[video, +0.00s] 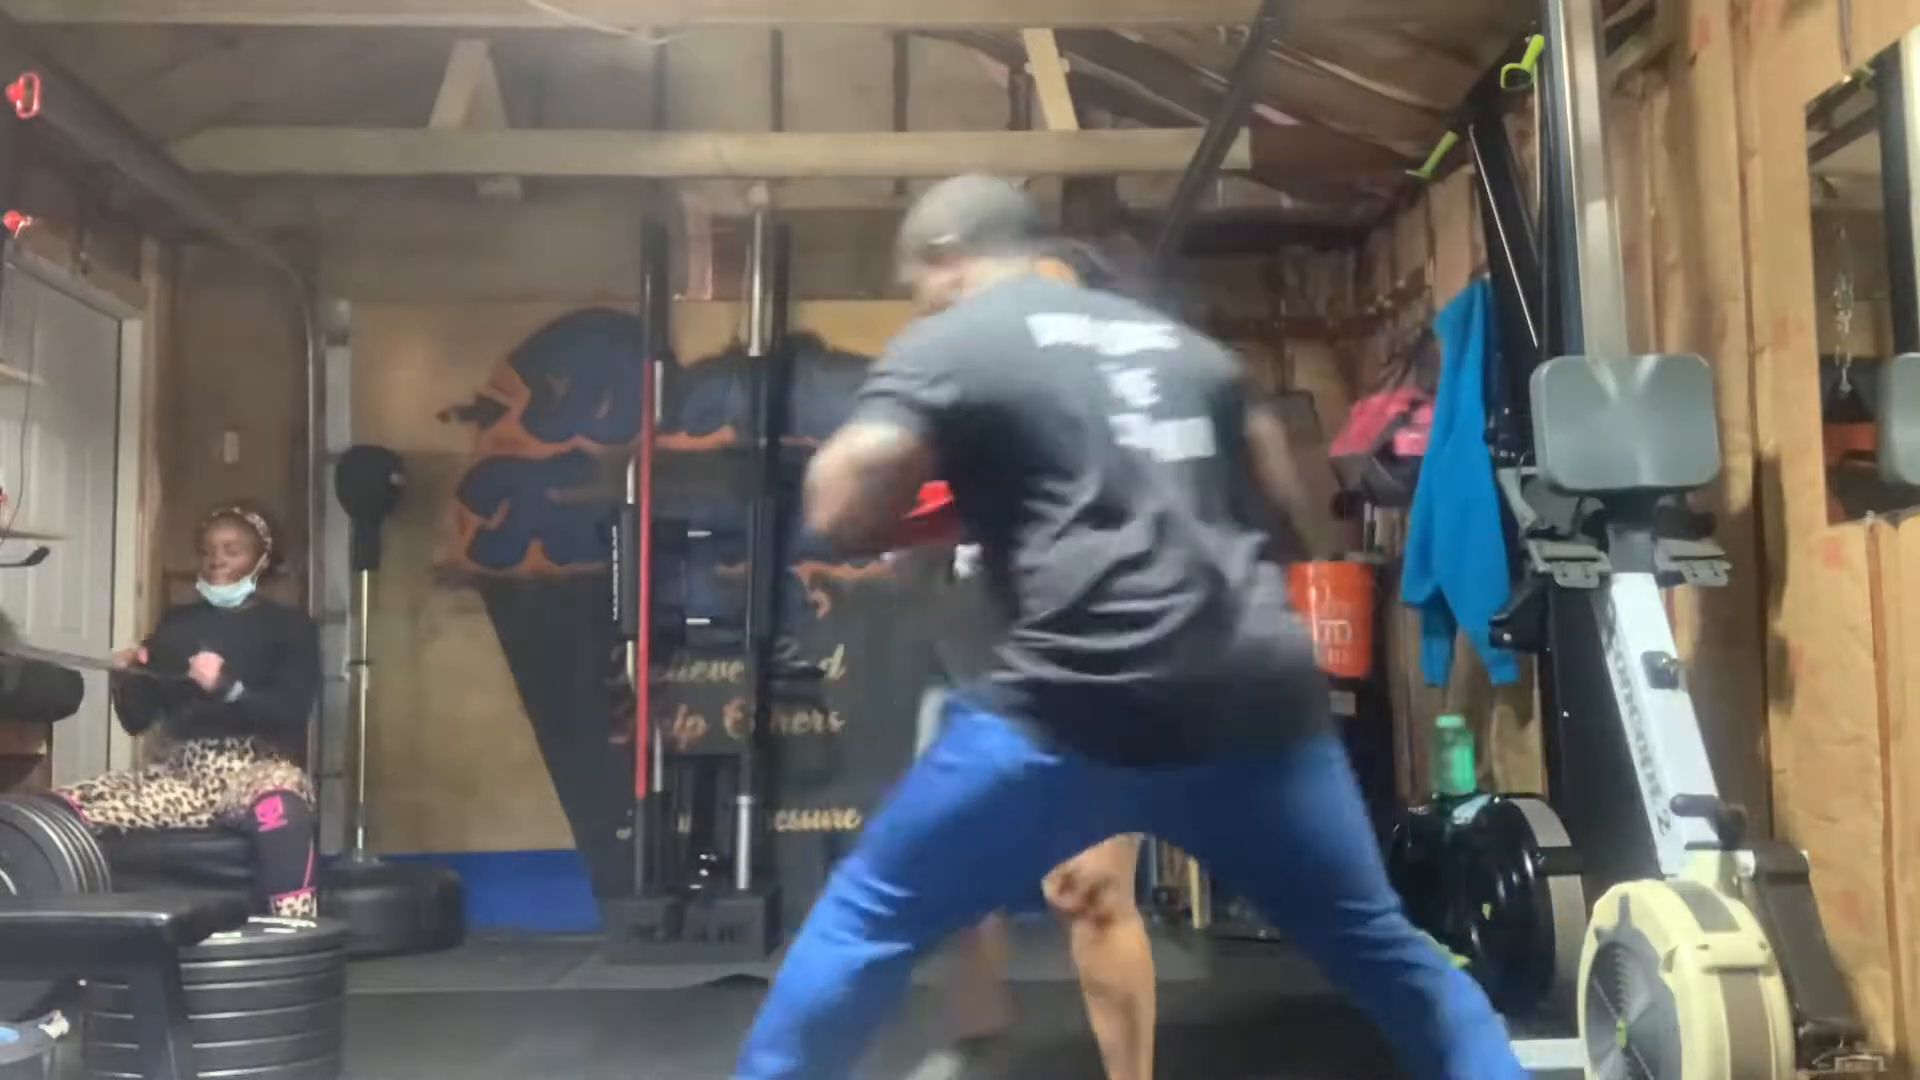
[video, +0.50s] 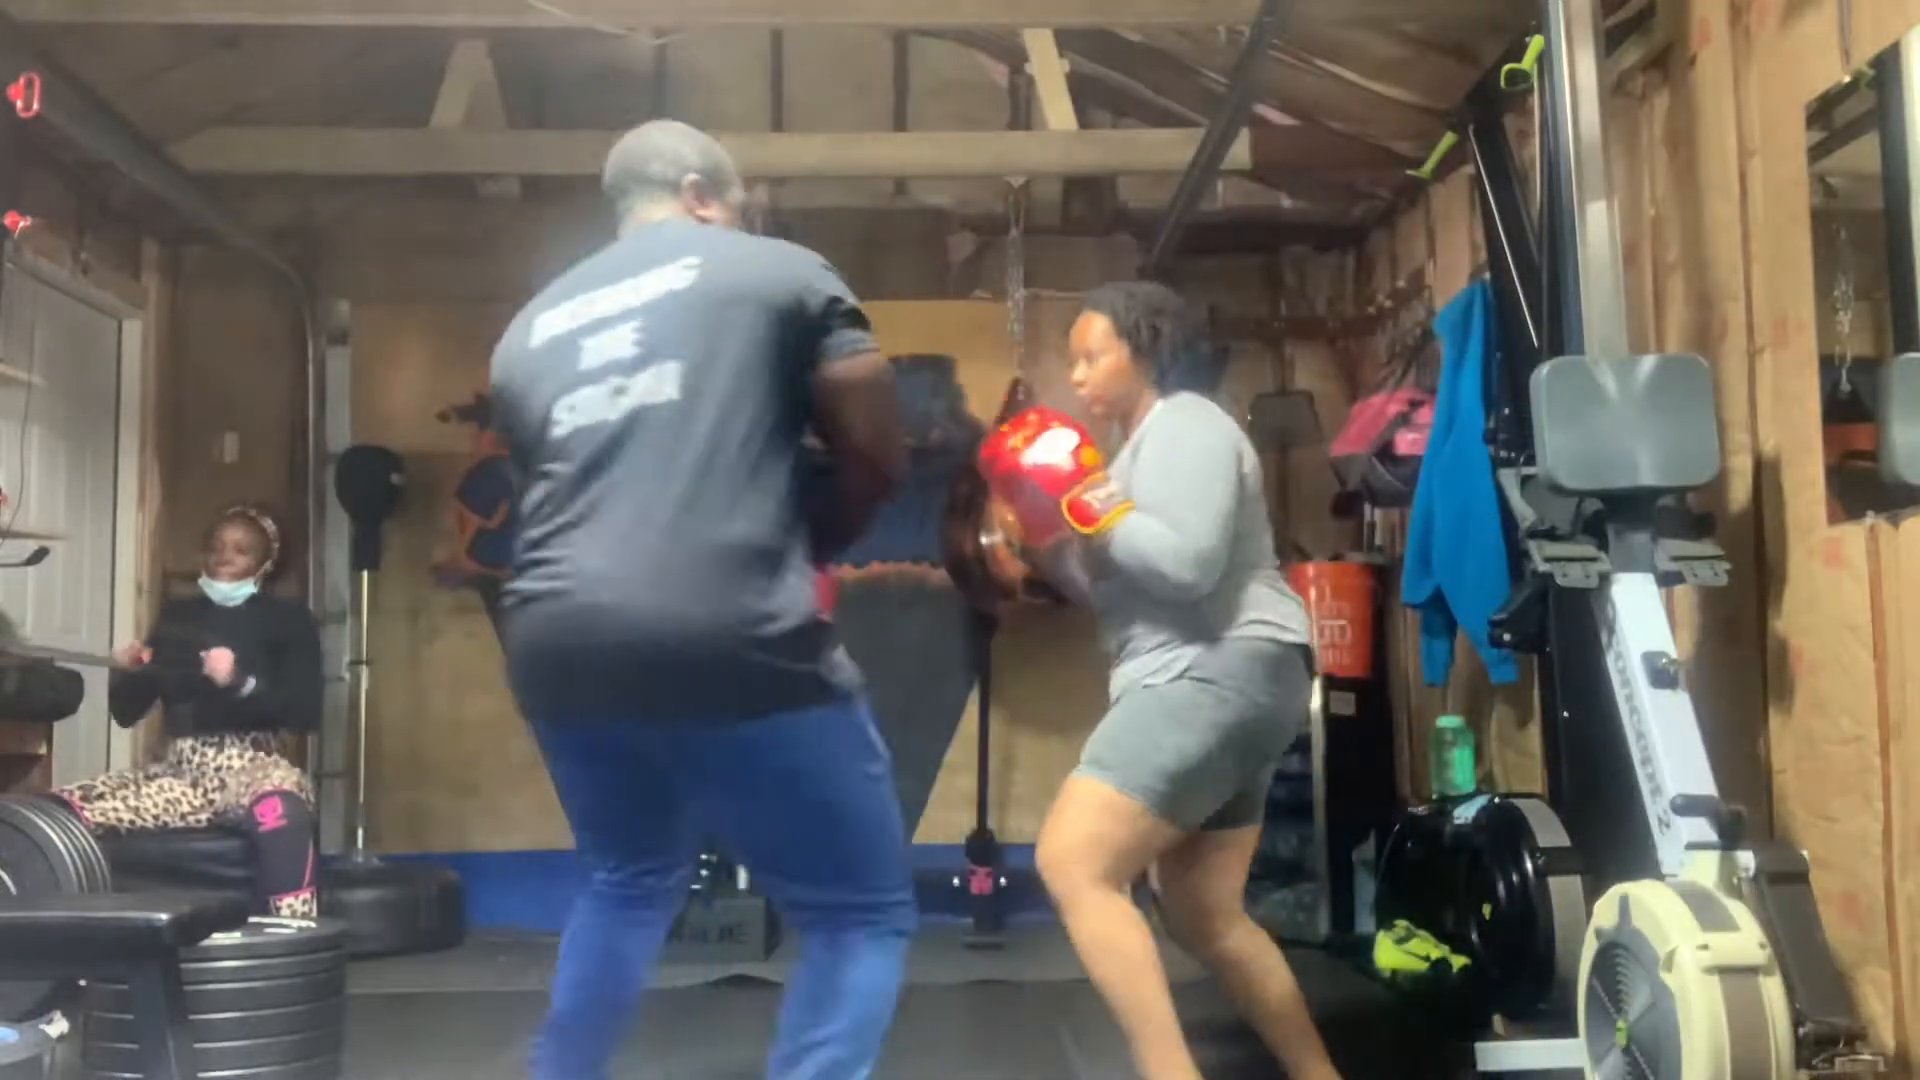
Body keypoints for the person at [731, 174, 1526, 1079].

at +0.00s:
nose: (916, 303)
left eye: (915, 287)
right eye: (912, 287)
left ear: (947, 265)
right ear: (1044, 251)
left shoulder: (947, 338)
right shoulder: (1187, 341)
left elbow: (841, 508)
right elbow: (1289, 505)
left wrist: (895, 538)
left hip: (1069, 704)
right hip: (1262, 707)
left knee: (869, 916)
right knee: (1378, 943)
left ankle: (770, 1071)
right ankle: (1503, 1073)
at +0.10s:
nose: (784, 311)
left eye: (786, 296)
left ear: (806, 287)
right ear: (920, 266)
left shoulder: (790, 367)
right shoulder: (1036, 350)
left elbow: (720, 556)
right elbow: (1136, 504)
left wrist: (794, 515)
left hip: (939, 673)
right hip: (1130, 665)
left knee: (758, 894)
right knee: (1284, 920)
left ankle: (696, 1069)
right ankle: (1449, 1073)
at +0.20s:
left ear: (719, 287)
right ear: (831, 268)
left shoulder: (679, 376)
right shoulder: (944, 342)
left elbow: (639, 573)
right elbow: (1031, 508)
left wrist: (713, 515)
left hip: (830, 658)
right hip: (1022, 649)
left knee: (672, 896)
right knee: (1152, 920)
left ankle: (665, 1072)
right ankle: (1285, 1071)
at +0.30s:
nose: (791, 263)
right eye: (789, 252)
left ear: (672, 271)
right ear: (774, 248)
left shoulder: (610, 371)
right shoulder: (886, 324)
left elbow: (599, 564)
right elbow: (969, 488)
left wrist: (682, 490)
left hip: (728, 657)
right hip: (928, 648)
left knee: (626, 904)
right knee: (1005, 918)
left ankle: (639, 1069)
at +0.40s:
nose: (770, 240)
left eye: (765, 231)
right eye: (765, 227)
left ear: (643, 236)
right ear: (737, 220)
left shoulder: (561, 356)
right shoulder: (833, 293)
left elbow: (568, 541)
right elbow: (909, 407)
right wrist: (935, 508)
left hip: (645, 652)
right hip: (834, 648)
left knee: (615, 891)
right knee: (902, 915)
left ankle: (630, 1069)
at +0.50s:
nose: (741, 221)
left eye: (736, 209)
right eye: (735, 206)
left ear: (618, 208)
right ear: (699, 195)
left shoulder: (527, 326)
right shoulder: (785, 274)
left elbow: (546, 491)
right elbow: (876, 461)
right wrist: (792, 542)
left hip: (558, 635)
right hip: (734, 629)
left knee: (627, 876)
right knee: (858, 914)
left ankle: (557, 1069)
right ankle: (808, 1071)